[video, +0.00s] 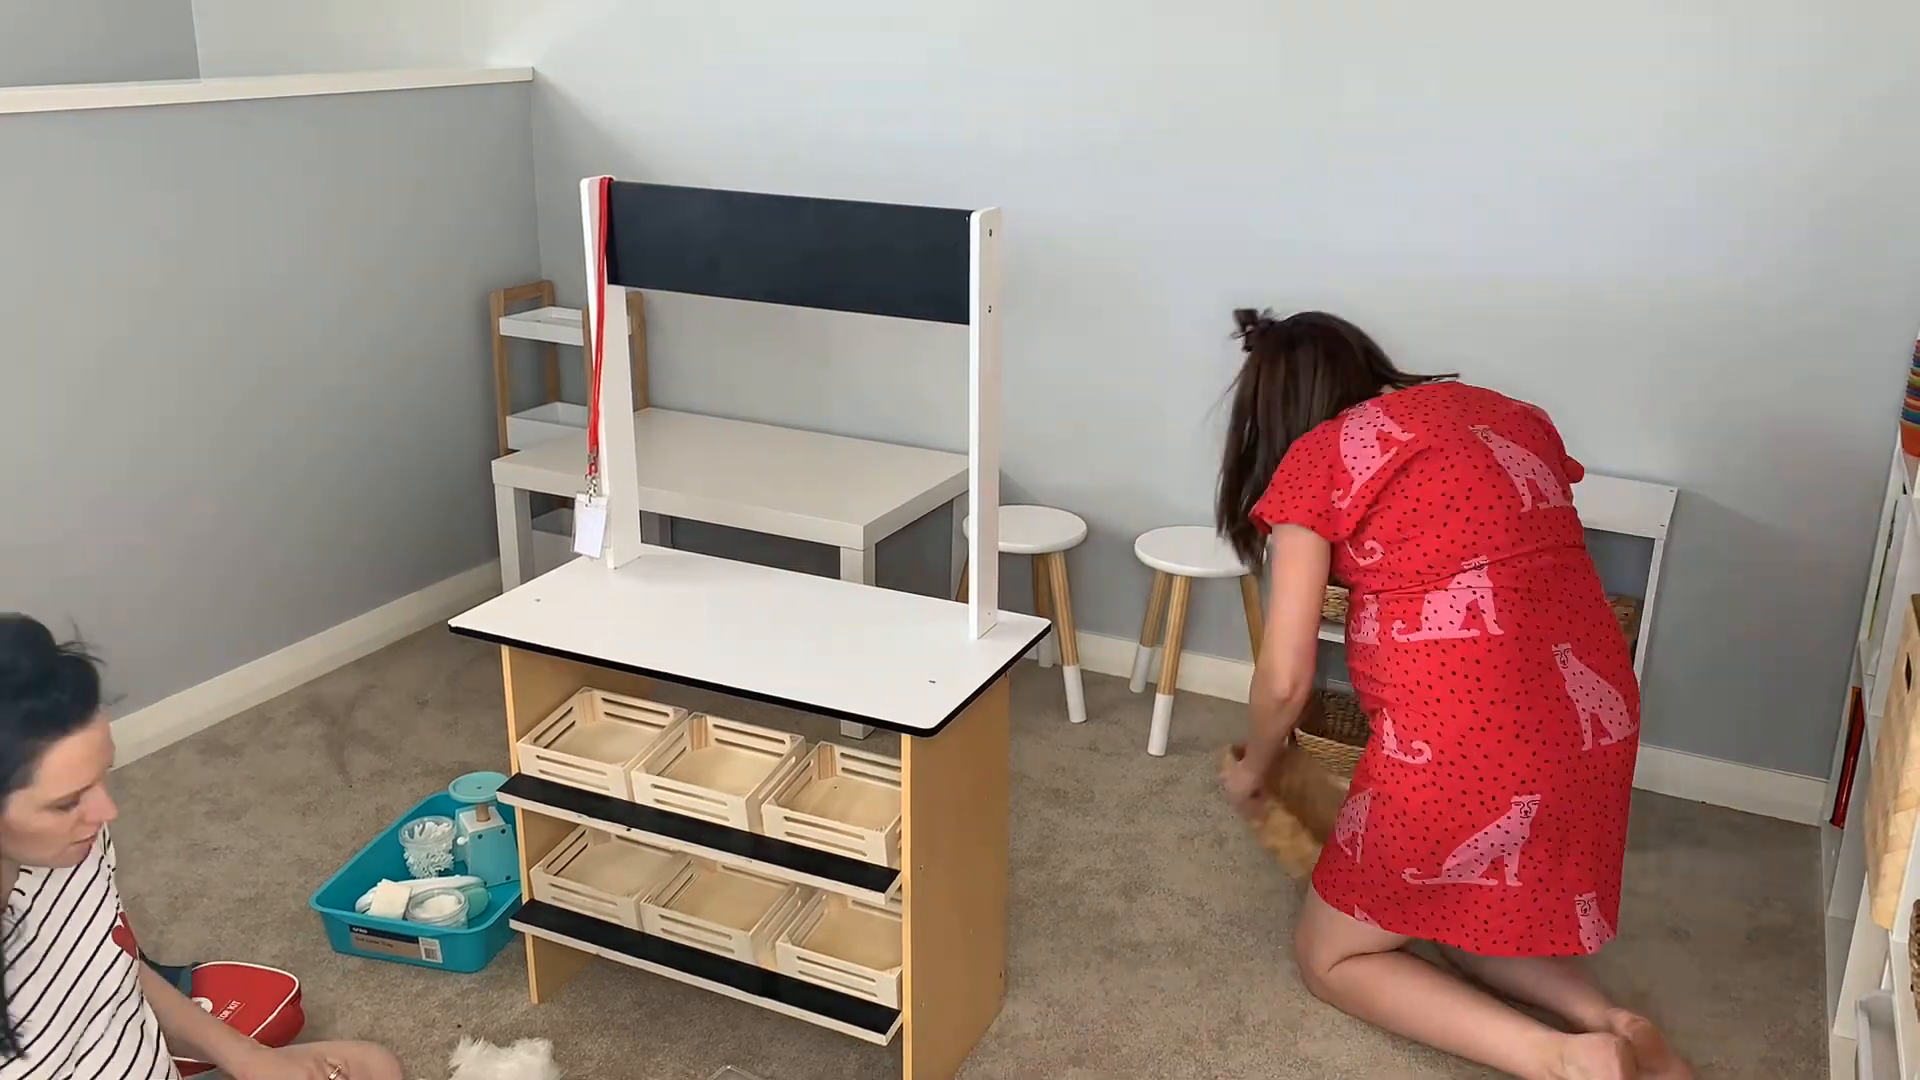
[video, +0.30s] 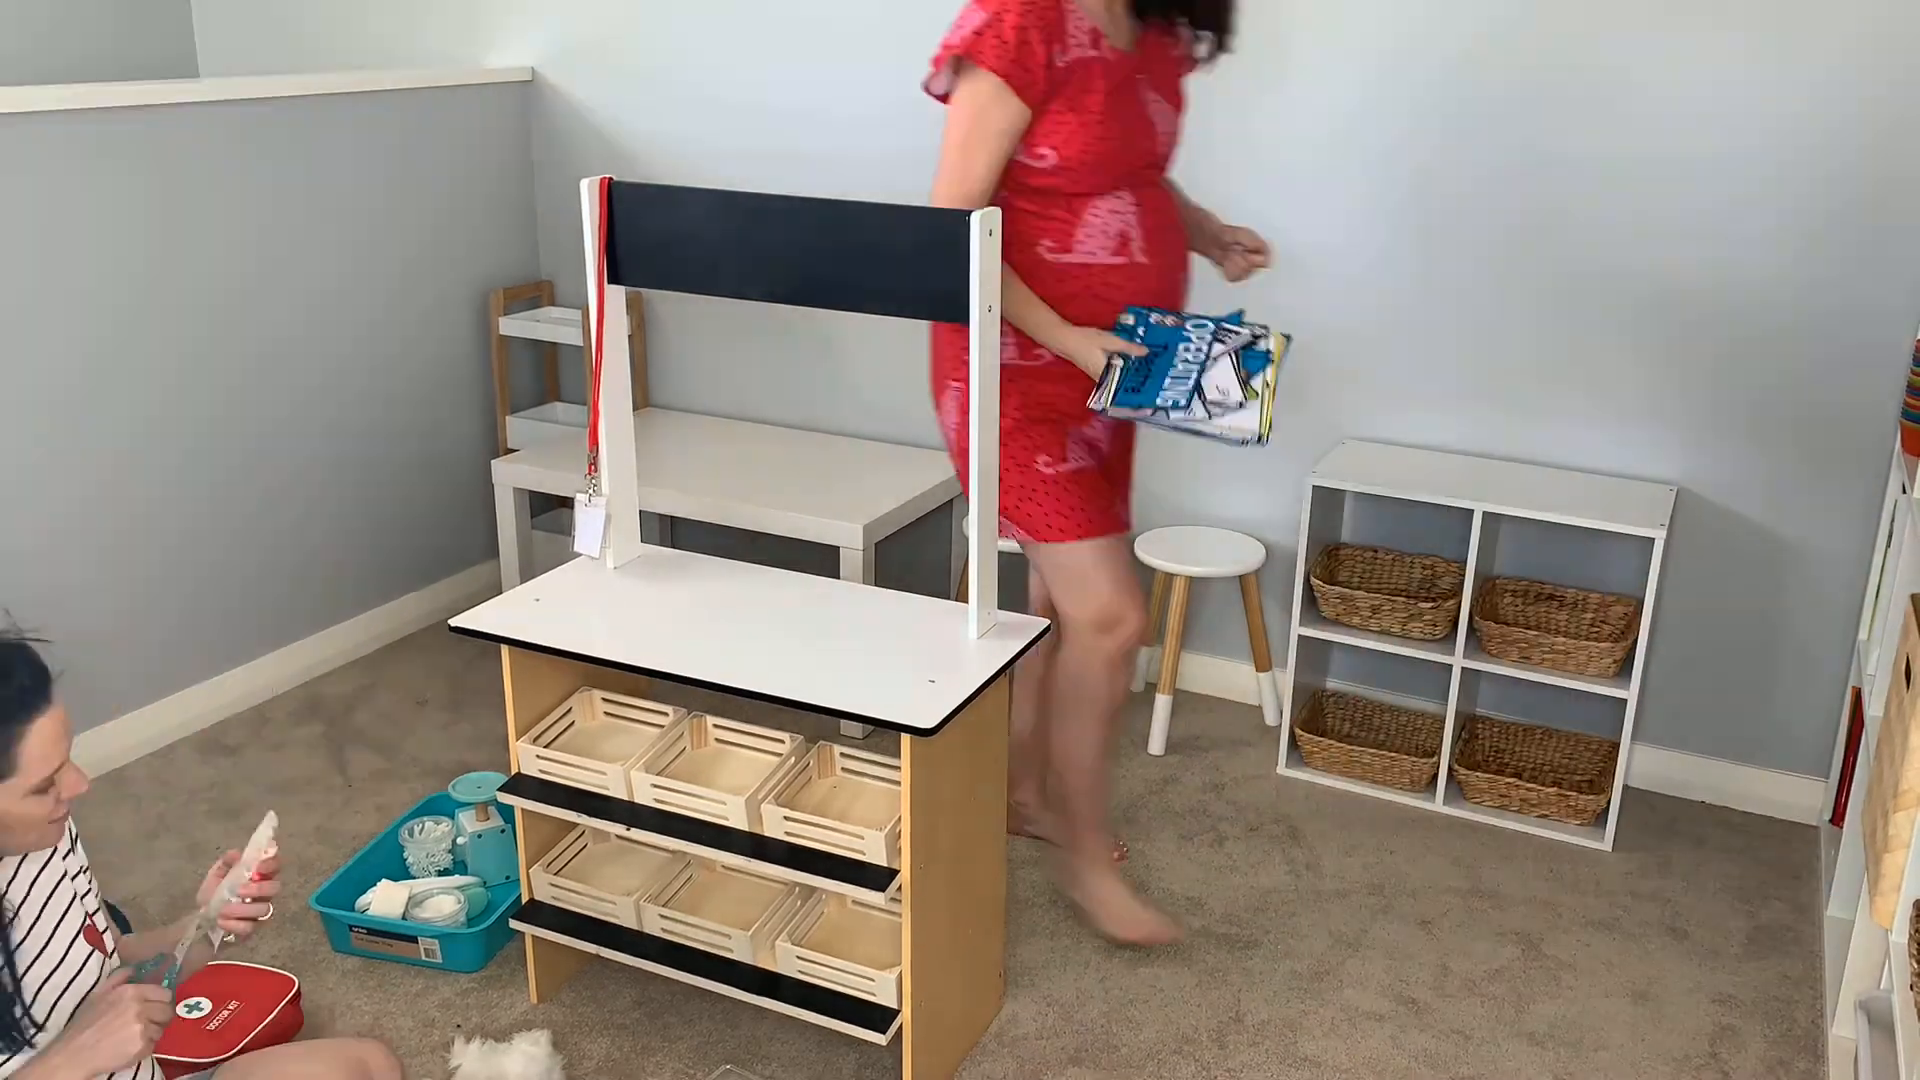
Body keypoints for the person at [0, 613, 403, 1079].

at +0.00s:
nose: (108, 812)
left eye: (102, 776)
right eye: (70, 802)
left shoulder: (73, 837)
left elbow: (117, 966)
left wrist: (247, 1056)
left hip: (160, 1058)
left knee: (375, 1065)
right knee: (372, 1065)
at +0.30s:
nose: (79, 785)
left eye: (67, 759)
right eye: (46, 785)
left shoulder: (49, 830)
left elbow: (100, 955)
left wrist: (204, 922)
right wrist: (71, 1058)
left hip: (144, 1057)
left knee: (373, 1062)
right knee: (369, 1062)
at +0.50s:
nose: (69, 797)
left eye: (64, 765)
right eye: (33, 793)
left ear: (61, 736)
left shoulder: (57, 815)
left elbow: (100, 951)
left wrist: (189, 947)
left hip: (125, 1050)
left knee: (373, 1063)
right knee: (368, 1063)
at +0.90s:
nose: (45, 788)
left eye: (43, 754)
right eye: (11, 778)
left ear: (45, 726)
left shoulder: (53, 793)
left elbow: (86, 931)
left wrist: (158, 957)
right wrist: (123, 1068)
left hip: (133, 1042)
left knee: (372, 1062)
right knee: (368, 1063)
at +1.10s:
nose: (53, 822)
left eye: (58, 788)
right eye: (16, 811)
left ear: (61, 752)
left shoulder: (72, 816)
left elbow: (160, 979)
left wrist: (266, 1070)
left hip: (162, 1067)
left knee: (374, 1062)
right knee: (371, 1063)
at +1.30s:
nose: (48, 705)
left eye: (23, 684)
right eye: (8, 706)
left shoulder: (44, 802)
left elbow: (81, 929)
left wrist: (167, 963)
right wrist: (125, 1066)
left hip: (133, 1040)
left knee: (373, 1063)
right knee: (370, 1064)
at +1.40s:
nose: (13, 815)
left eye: (20, 775)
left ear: (30, 747)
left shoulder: (35, 797)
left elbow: (68, 943)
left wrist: (167, 986)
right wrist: (146, 1073)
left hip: (141, 1048)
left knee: (373, 1063)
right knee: (370, 1064)